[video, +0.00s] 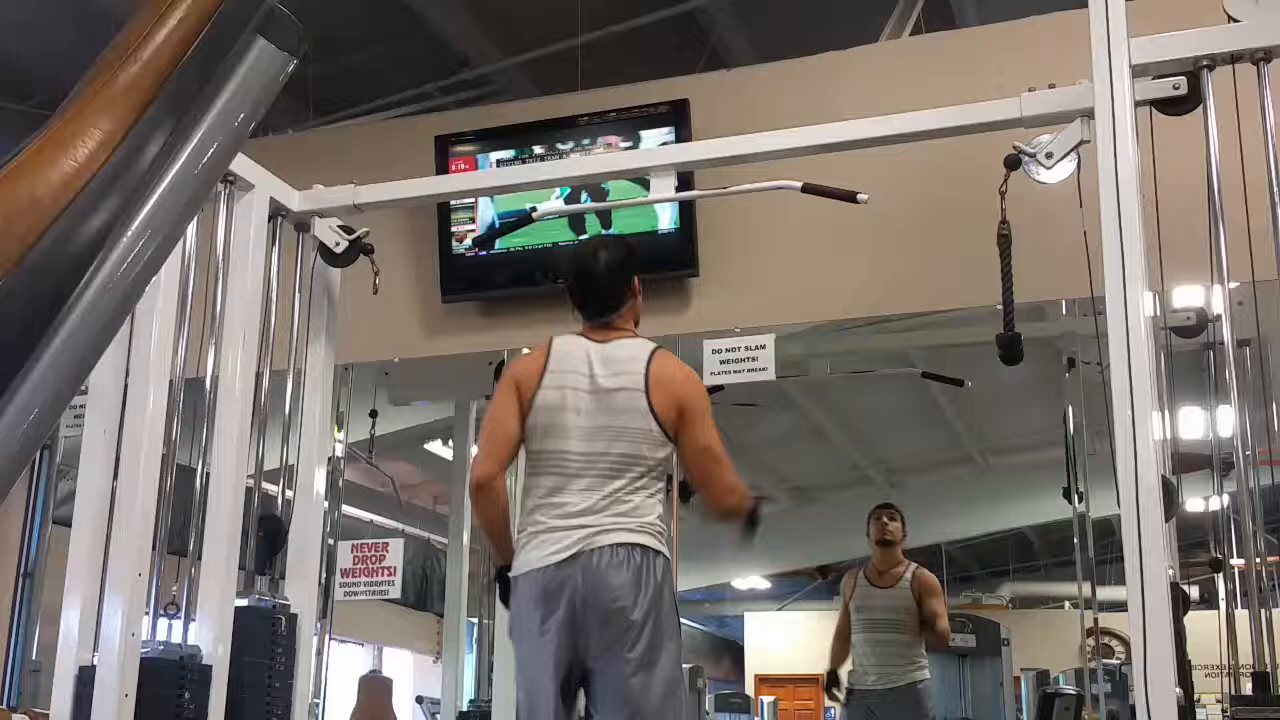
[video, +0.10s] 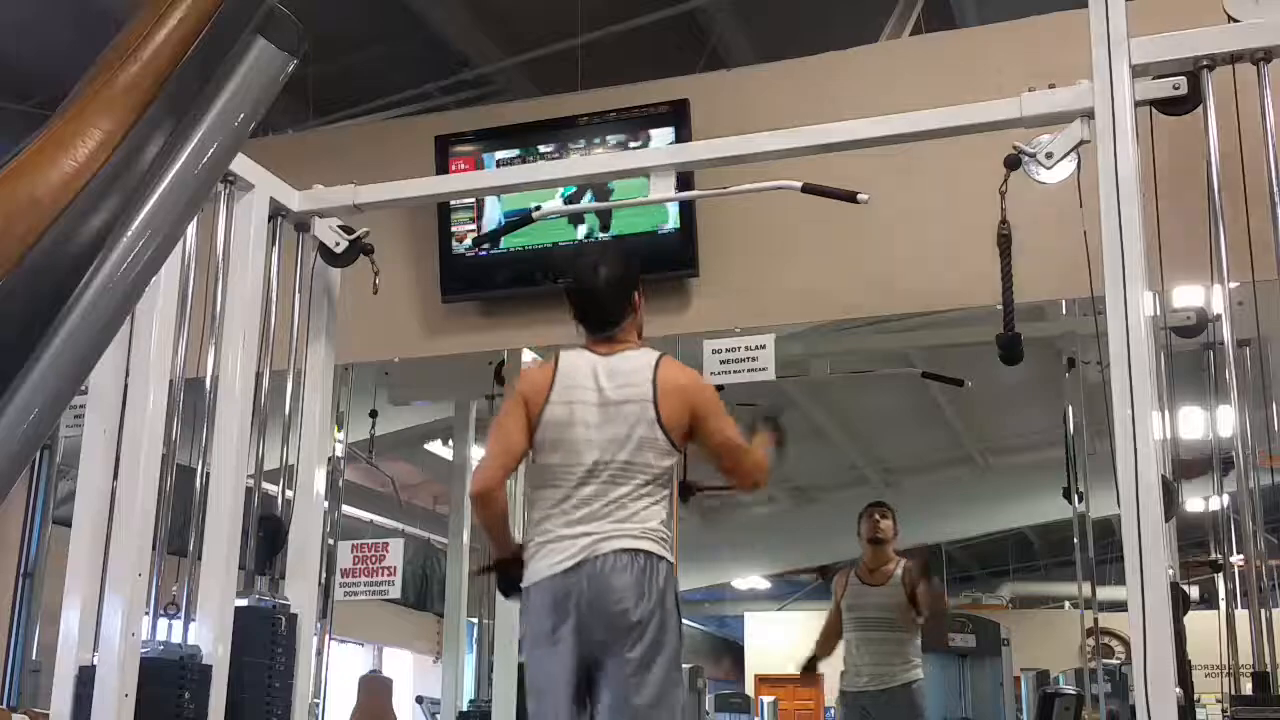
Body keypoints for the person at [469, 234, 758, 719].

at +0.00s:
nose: (642, 290)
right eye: (641, 283)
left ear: (574, 299)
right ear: (637, 290)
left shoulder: (529, 368)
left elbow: (484, 476)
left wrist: (506, 561)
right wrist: (744, 504)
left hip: (540, 571)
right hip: (632, 567)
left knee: (541, 713)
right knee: (639, 711)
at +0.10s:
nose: (645, 301)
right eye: (643, 294)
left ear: (573, 311)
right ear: (638, 302)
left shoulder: (536, 380)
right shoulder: (678, 380)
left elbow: (485, 484)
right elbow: (748, 474)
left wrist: (505, 553)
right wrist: (764, 444)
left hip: (549, 577)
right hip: (636, 571)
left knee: (554, 714)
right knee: (642, 711)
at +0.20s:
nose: (642, 307)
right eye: (640, 300)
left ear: (574, 320)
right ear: (635, 309)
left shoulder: (540, 396)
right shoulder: (680, 386)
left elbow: (488, 496)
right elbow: (769, 432)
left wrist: (511, 545)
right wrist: (777, 376)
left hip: (560, 583)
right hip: (645, 576)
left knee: (563, 714)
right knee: (646, 713)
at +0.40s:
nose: (648, 320)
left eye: (643, 311)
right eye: (645, 313)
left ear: (585, 337)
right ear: (641, 324)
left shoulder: (556, 411)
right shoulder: (689, 379)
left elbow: (512, 505)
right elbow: (778, 355)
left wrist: (552, 514)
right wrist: (783, 284)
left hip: (579, 592)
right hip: (661, 584)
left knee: (572, 714)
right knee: (675, 712)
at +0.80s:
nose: (714, 316)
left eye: (705, 311)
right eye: (710, 312)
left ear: (655, 343)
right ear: (708, 325)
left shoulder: (632, 410)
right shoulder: (749, 360)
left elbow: (563, 476)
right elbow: (784, 274)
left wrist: (579, 435)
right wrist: (786, 199)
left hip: (663, 590)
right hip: (746, 581)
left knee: (647, 712)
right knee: (760, 712)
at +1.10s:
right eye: (715, 317)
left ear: (667, 350)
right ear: (722, 338)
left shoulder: (639, 411)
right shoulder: (758, 371)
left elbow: (567, 420)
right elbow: (790, 278)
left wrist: (567, 357)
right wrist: (788, 198)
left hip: (669, 594)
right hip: (747, 586)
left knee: (659, 712)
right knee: (763, 712)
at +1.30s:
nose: (692, 326)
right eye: (690, 325)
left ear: (636, 354)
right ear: (693, 344)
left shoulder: (612, 407)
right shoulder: (723, 379)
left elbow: (551, 361)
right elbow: (768, 289)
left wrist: (542, 283)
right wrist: (783, 205)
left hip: (636, 598)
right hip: (707, 591)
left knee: (634, 714)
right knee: (733, 711)